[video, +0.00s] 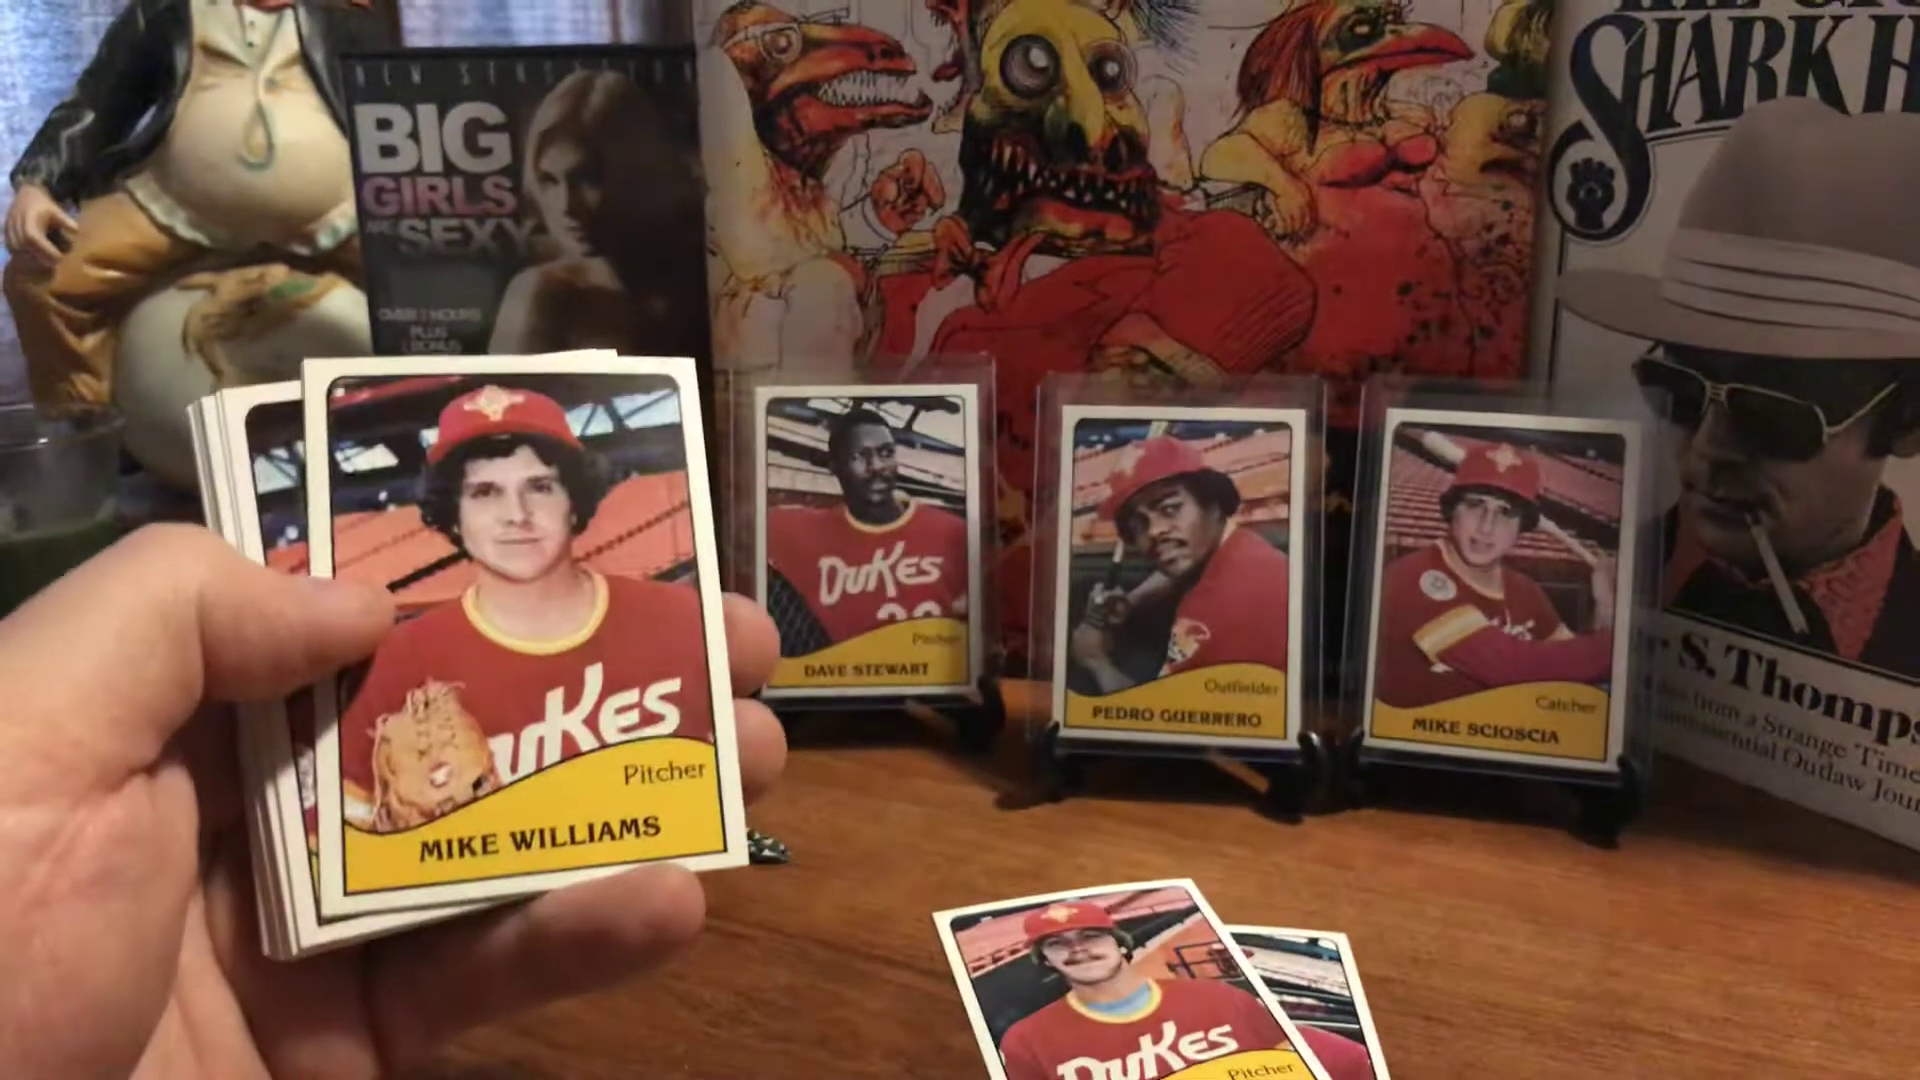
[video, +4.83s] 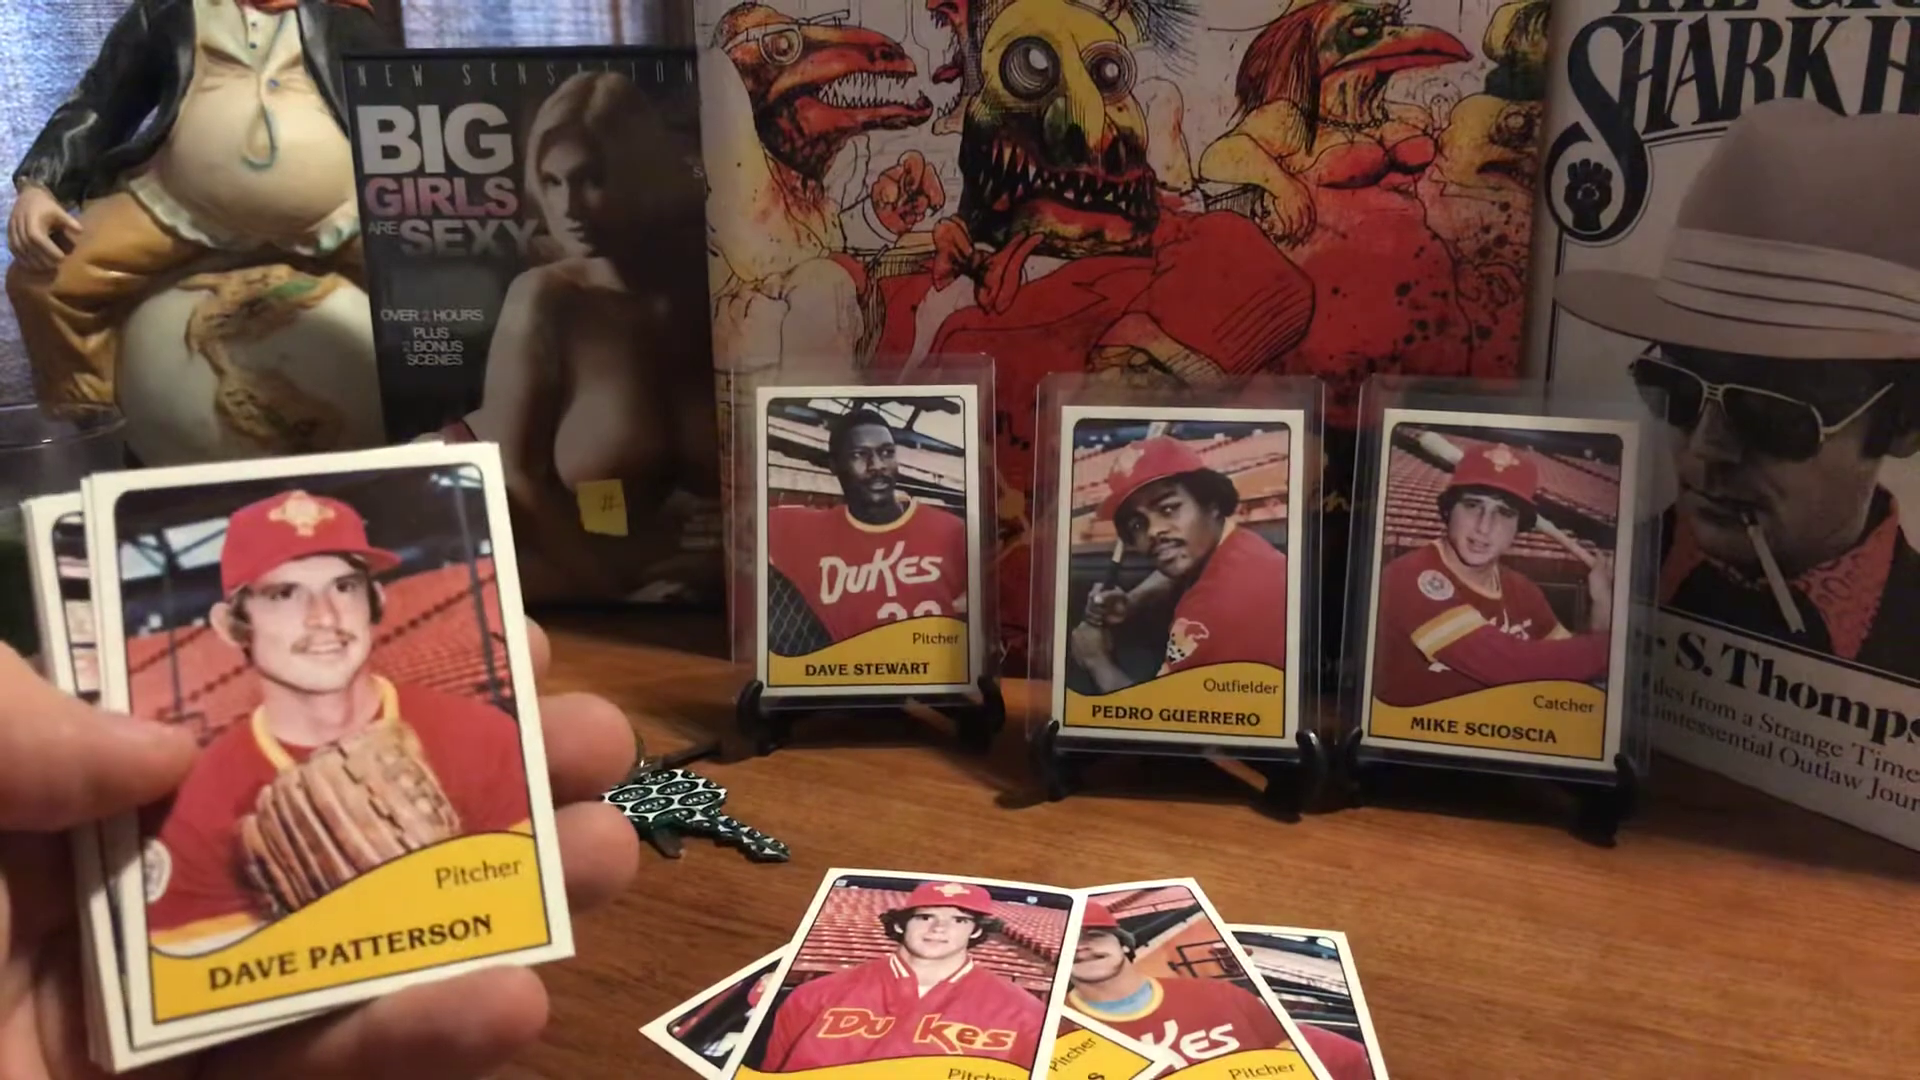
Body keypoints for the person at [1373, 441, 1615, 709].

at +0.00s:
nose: (1486, 526)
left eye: (1505, 513)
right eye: (1475, 505)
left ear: (1521, 527)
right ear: (1451, 509)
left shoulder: (1523, 591)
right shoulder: (1415, 579)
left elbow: (1579, 674)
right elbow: (1505, 666)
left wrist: (1605, 609)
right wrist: (1620, 643)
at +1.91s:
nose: (1487, 525)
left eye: (1506, 512)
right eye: (1476, 505)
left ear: (1521, 527)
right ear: (1452, 508)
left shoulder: (1525, 592)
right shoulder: (1416, 577)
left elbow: (1579, 675)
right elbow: (1504, 664)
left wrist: (1606, 606)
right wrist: (1620, 641)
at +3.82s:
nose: (1484, 527)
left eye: (1504, 513)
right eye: (1474, 505)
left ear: (1519, 528)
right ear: (1450, 510)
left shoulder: (1521, 592)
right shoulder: (1413, 579)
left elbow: (1578, 669)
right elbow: (1504, 665)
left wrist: (1603, 608)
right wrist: (1617, 640)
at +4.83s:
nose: (1483, 526)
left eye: (1503, 513)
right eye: (1473, 505)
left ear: (1518, 528)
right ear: (1449, 509)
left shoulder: (1521, 592)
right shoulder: (1413, 577)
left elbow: (1579, 672)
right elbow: (1501, 664)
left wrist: (1602, 604)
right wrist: (1616, 646)